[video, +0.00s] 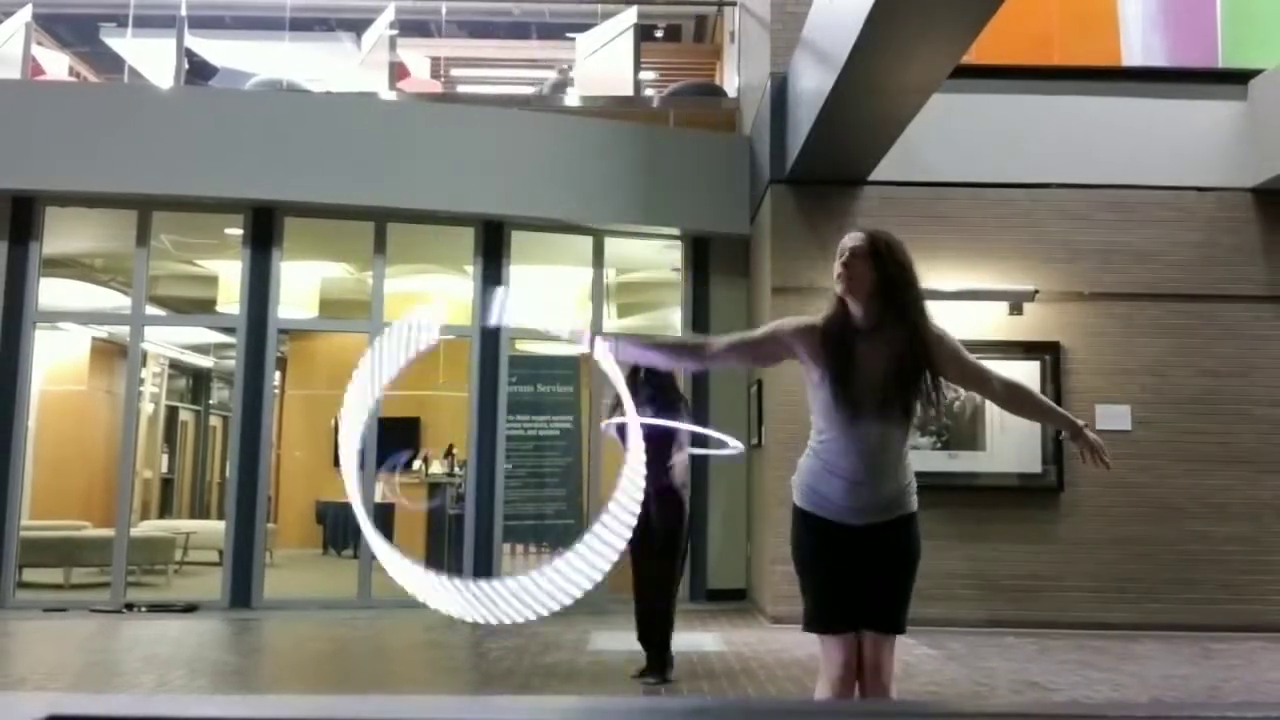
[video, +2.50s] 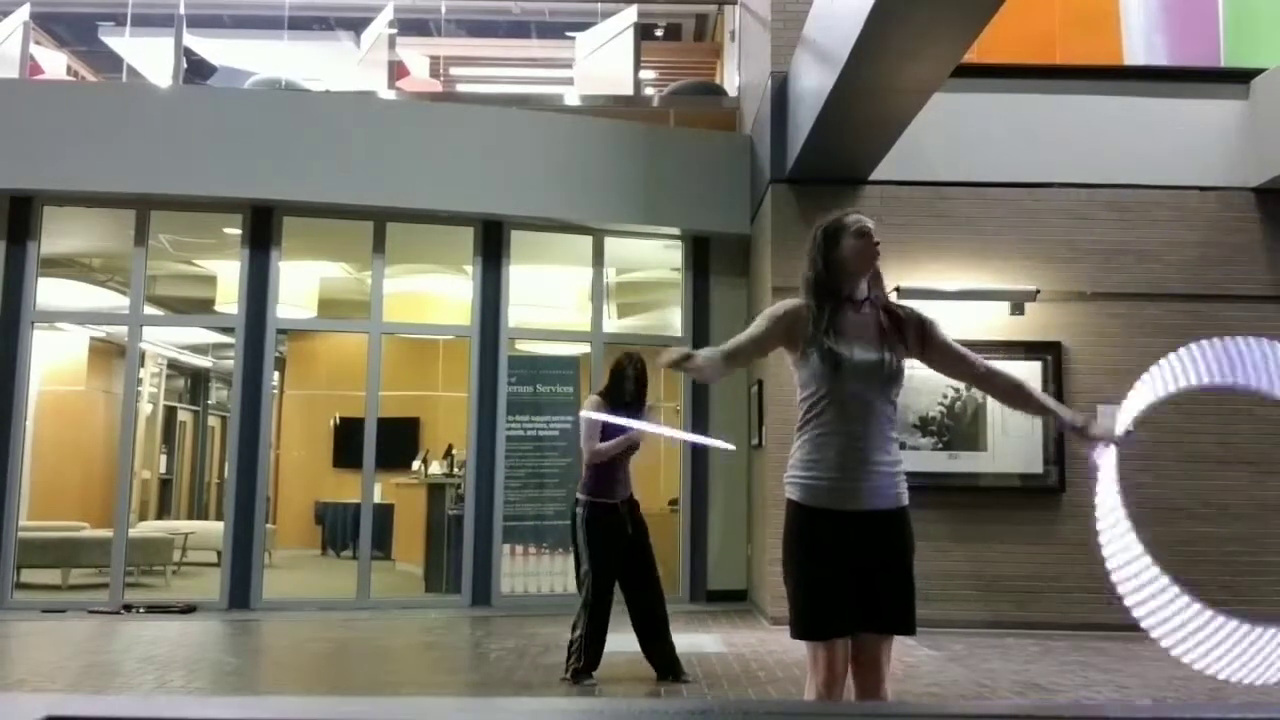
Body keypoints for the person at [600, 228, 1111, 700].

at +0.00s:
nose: (841, 270)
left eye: (854, 260)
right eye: (839, 260)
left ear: (885, 273)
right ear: (836, 274)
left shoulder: (920, 341)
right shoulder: (810, 338)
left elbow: (994, 385)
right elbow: (708, 354)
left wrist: (1071, 425)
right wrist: (623, 346)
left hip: (890, 513)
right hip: (822, 511)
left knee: (877, 666)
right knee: (840, 667)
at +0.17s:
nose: (846, 274)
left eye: (859, 267)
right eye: (839, 265)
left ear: (881, 283)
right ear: (826, 279)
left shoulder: (907, 343)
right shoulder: (797, 350)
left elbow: (983, 383)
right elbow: (720, 406)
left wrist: (1070, 422)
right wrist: (651, 453)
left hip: (888, 514)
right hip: (818, 513)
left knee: (873, 666)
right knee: (835, 661)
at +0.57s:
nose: (847, 256)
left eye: (859, 250)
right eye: (838, 249)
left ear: (876, 270)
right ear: (821, 267)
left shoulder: (902, 336)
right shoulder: (791, 341)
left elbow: (981, 377)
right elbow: (704, 381)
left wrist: (1069, 415)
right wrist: (621, 412)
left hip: (883, 515)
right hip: (814, 514)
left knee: (867, 667)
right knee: (828, 664)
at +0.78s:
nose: (849, 231)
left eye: (861, 230)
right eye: (839, 230)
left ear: (879, 255)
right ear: (823, 257)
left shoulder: (905, 315)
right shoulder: (796, 315)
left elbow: (998, 345)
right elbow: (695, 328)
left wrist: (1076, 373)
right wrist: (605, 333)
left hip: (883, 508)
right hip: (812, 507)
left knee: (870, 673)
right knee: (827, 670)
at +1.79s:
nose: (884, 279)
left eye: (885, 276)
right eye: (873, 271)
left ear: (881, 293)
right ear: (842, 278)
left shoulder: (903, 338)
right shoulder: (806, 322)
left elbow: (991, 364)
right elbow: (709, 310)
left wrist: (1013, 325)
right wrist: (621, 302)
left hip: (903, 514)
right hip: (831, 512)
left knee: (887, 670)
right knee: (841, 670)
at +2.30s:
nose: (889, 246)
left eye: (887, 239)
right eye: (877, 240)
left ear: (878, 259)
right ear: (848, 254)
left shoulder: (904, 322)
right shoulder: (808, 312)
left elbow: (986, 358)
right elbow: (727, 330)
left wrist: (1065, 358)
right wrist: (649, 335)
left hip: (890, 506)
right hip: (822, 506)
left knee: (877, 672)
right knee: (837, 673)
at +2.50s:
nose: (873, 239)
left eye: (874, 233)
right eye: (859, 233)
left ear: (877, 252)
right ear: (829, 252)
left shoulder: (904, 324)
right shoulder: (795, 318)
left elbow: (982, 375)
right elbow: (724, 359)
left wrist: (1063, 415)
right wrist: (694, 360)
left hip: (883, 507)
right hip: (815, 507)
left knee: (872, 667)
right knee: (828, 672)